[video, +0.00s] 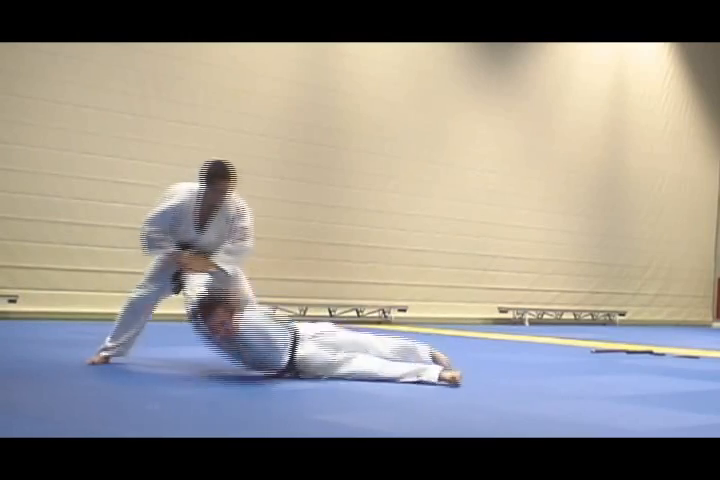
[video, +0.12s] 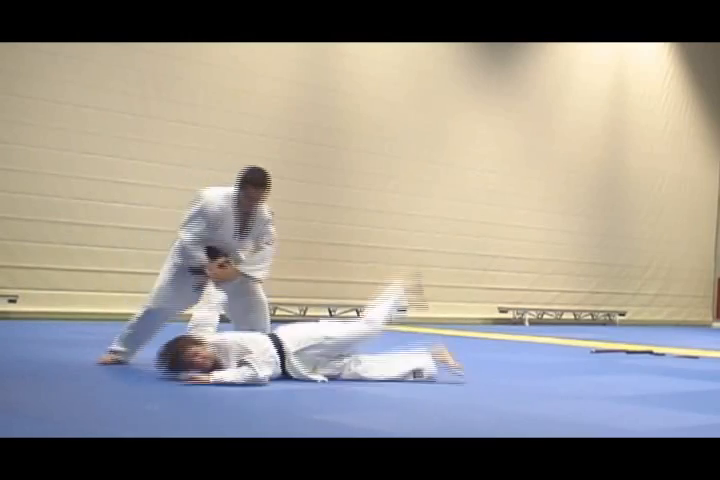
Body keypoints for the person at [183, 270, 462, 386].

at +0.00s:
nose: (219, 327)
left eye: (222, 319)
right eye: (211, 323)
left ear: (231, 312)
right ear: (205, 325)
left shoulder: (251, 322)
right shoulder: (218, 339)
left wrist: (238, 325)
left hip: (308, 340)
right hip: (298, 360)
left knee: (369, 345)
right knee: (365, 366)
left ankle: (428, 356)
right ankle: (431, 373)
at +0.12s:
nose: (202, 363)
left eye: (198, 357)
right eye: (194, 364)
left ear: (202, 344)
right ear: (191, 366)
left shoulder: (231, 343)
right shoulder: (213, 357)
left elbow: (262, 372)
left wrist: (216, 376)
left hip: (294, 342)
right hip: (296, 366)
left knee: (369, 329)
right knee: (363, 368)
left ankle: (396, 288)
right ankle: (431, 359)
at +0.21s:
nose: (192, 368)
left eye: (190, 362)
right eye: (184, 371)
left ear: (194, 349)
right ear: (179, 374)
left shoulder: (221, 350)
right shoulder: (201, 342)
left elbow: (258, 374)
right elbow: (208, 314)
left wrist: (212, 378)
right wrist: (218, 281)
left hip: (288, 341)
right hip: (293, 366)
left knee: (365, 311)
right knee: (362, 366)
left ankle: (396, 261)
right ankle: (401, 335)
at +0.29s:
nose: (190, 373)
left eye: (186, 368)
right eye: (182, 374)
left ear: (190, 353)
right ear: (180, 371)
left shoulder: (218, 351)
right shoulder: (199, 346)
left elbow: (257, 377)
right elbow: (209, 308)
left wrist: (211, 379)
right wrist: (218, 274)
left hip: (287, 341)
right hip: (291, 366)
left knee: (360, 309)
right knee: (363, 365)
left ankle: (405, 261)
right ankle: (372, 320)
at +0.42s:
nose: (190, 374)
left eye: (187, 368)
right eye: (183, 374)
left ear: (190, 355)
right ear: (179, 368)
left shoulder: (217, 352)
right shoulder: (199, 356)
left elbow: (257, 375)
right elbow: (176, 358)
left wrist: (210, 378)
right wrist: (156, 368)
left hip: (282, 342)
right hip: (287, 367)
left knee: (338, 342)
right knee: (353, 367)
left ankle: (393, 314)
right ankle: (344, 323)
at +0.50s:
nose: (189, 375)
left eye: (185, 370)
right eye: (181, 374)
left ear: (189, 356)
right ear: (182, 359)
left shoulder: (217, 353)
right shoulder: (200, 351)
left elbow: (259, 375)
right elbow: (173, 355)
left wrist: (210, 380)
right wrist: (155, 368)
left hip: (282, 342)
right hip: (280, 355)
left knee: (311, 374)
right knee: (357, 363)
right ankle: (355, 320)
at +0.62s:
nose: (190, 372)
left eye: (188, 366)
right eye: (183, 373)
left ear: (190, 355)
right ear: (177, 374)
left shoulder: (216, 352)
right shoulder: (199, 356)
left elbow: (260, 376)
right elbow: (173, 359)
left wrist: (212, 378)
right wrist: (156, 368)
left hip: (282, 342)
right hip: (279, 356)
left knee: (314, 373)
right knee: (335, 360)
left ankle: (392, 370)